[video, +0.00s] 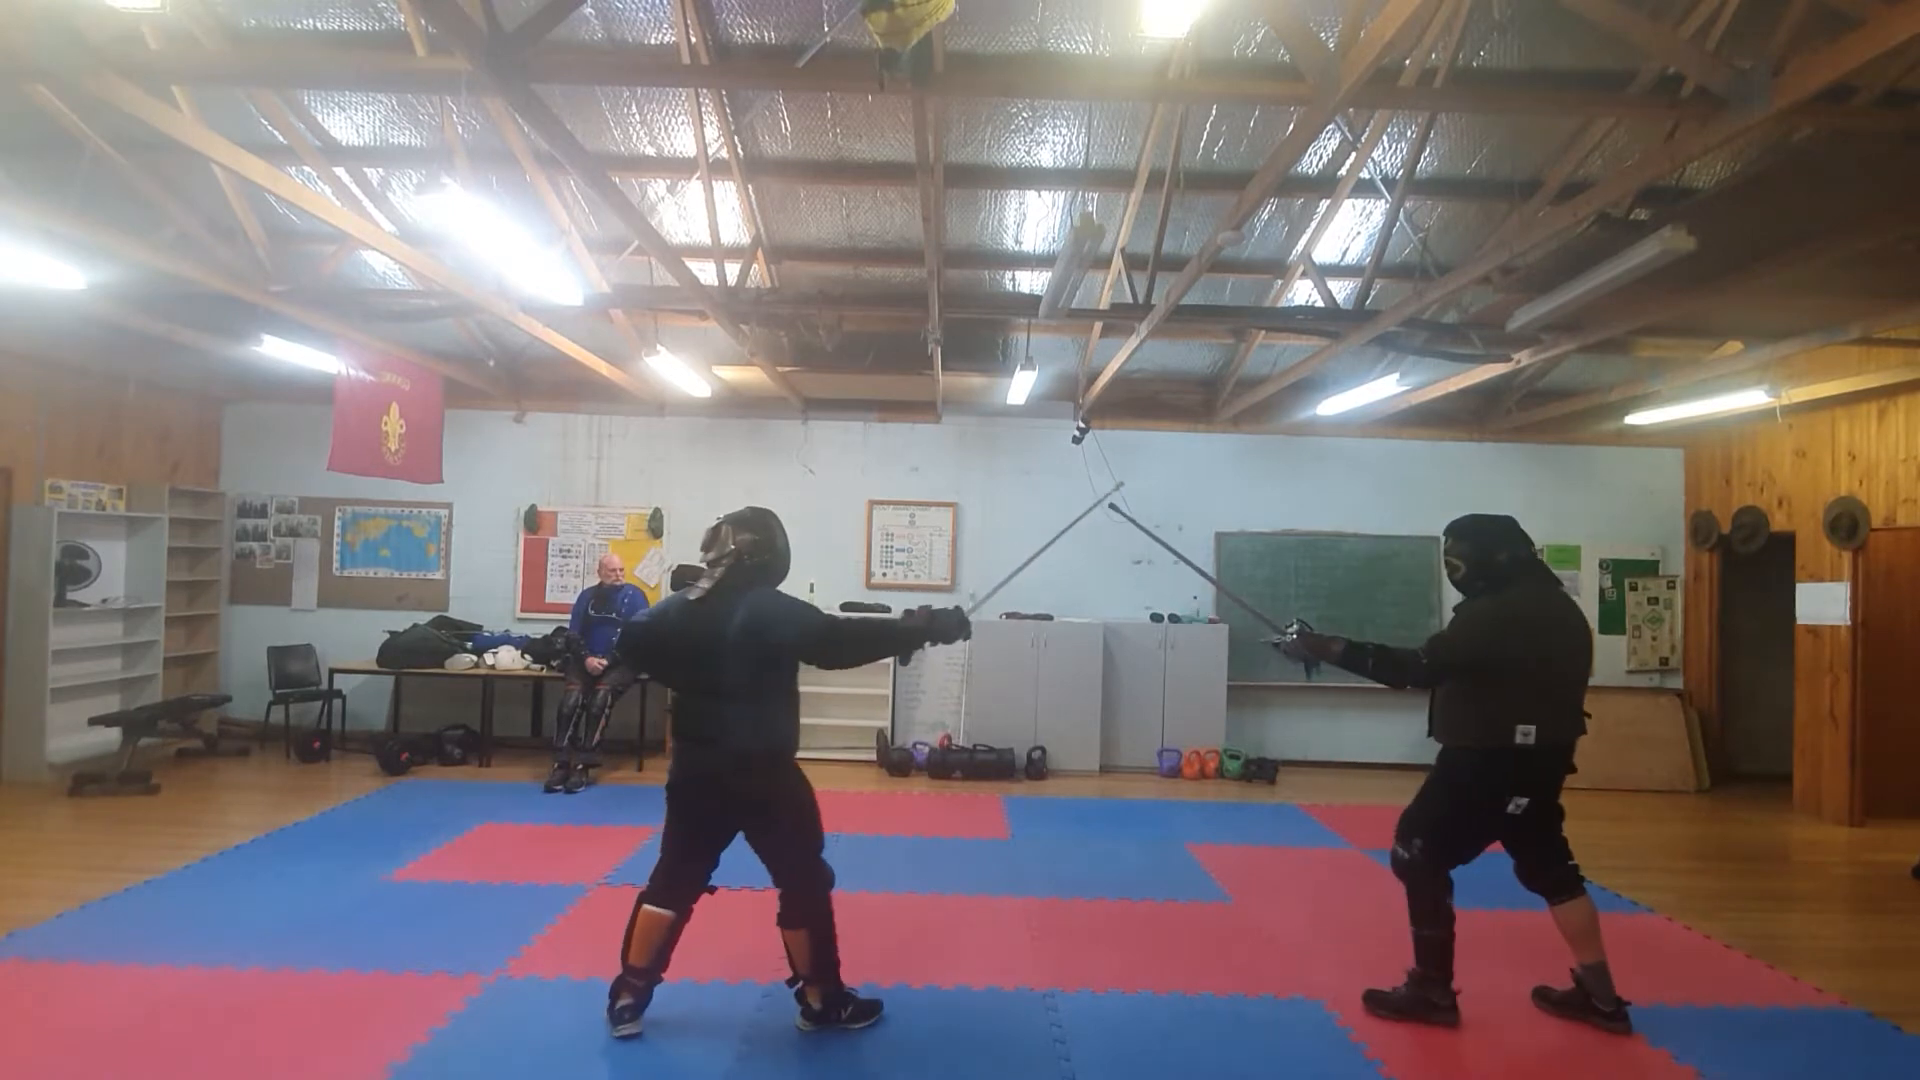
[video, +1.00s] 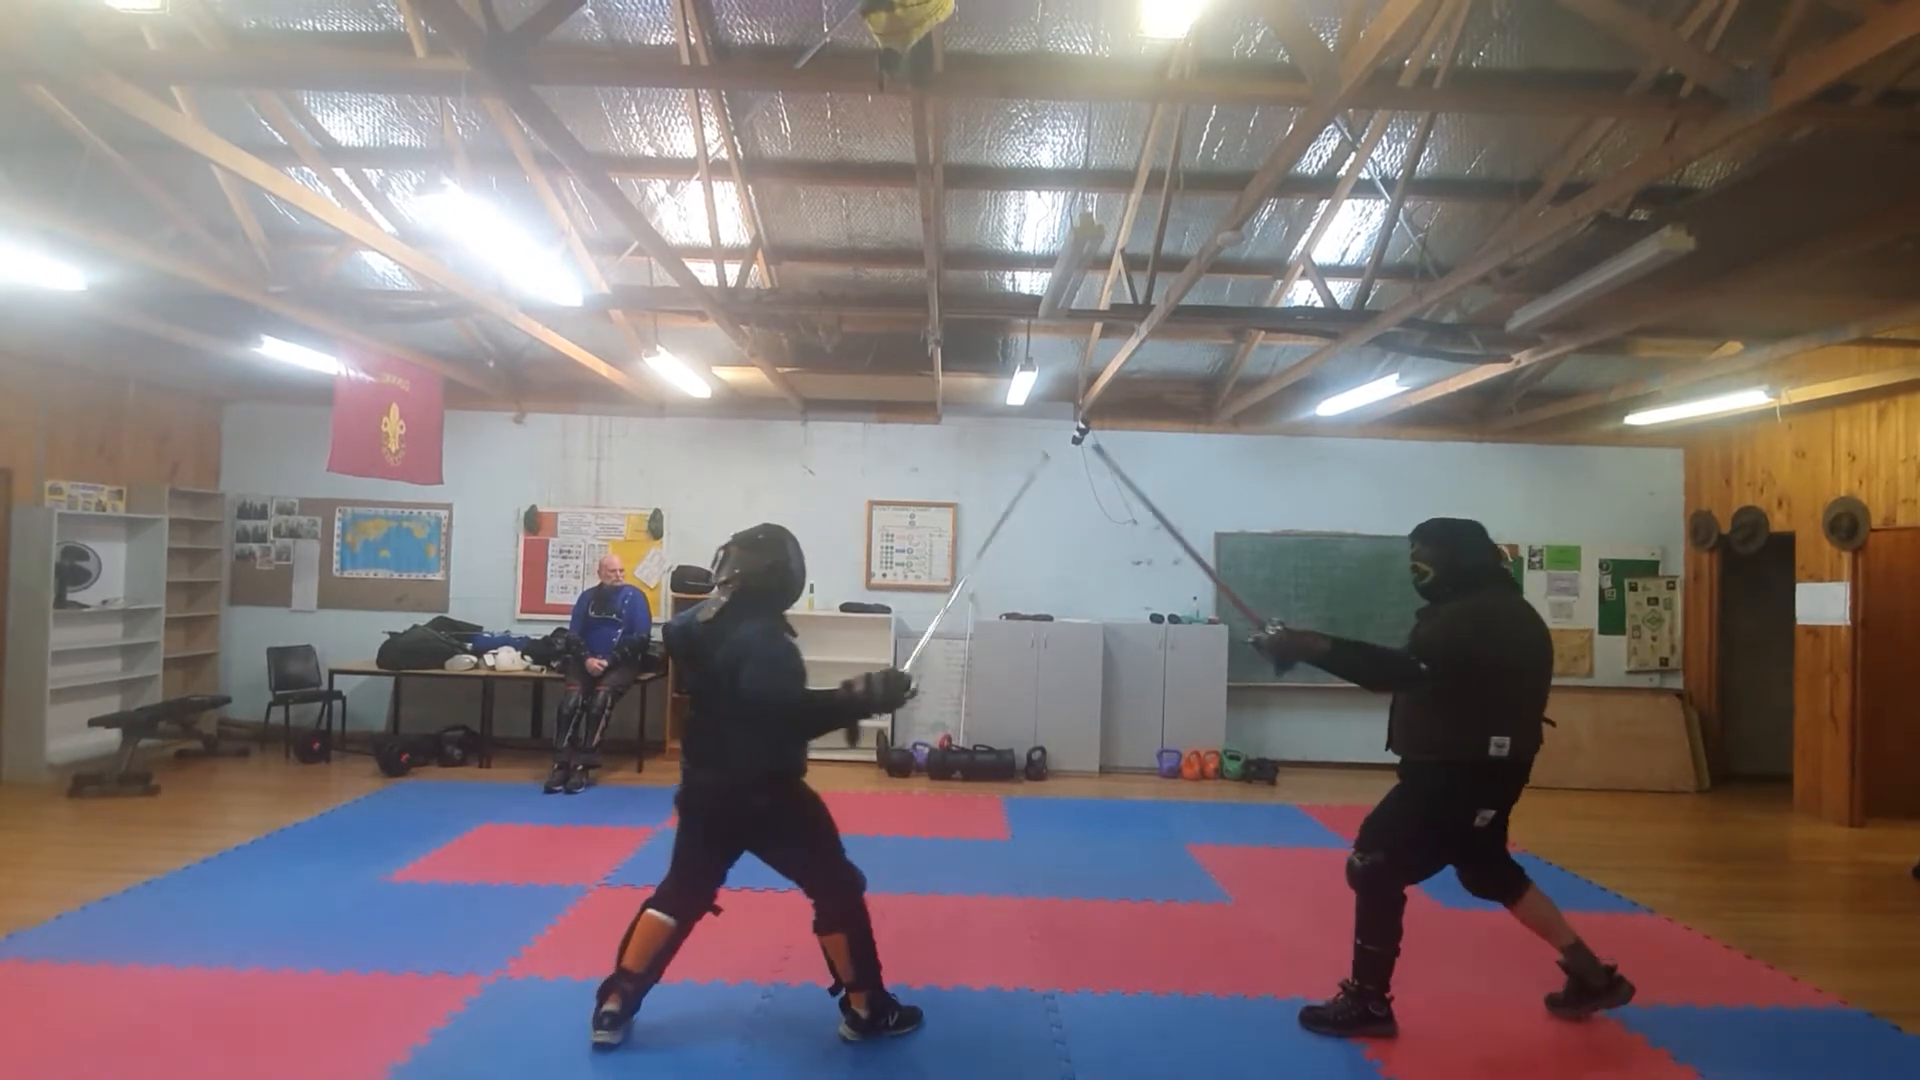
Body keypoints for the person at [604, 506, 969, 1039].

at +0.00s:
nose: (782, 566)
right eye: (779, 556)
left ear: (714, 555)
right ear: (772, 558)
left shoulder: (678, 615)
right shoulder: (779, 613)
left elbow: (632, 641)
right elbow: (840, 643)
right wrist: (922, 628)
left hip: (696, 781)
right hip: (770, 780)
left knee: (674, 878)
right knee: (804, 881)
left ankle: (628, 997)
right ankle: (821, 999)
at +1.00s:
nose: (795, 584)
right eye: (791, 574)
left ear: (730, 570)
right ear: (782, 577)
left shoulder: (700, 629)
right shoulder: (766, 640)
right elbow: (781, 714)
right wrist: (862, 698)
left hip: (706, 794)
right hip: (771, 797)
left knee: (680, 893)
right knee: (837, 889)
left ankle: (617, 1001)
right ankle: (866, 1007)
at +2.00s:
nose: (828, 572)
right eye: (826, 563)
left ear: (763, 557)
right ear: (818, 563)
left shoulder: (730, 617)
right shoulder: (810, 616)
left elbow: (690, 629)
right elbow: (861, 662)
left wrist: (735, 600)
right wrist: (954, 651)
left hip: (738, 784)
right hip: (807, 784)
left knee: (728, 885)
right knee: (852, 882)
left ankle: (682, 1010)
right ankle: (857, 1010)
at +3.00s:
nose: (774, 579)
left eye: (772, 569)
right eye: (771, 568)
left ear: (706, 558)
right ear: (759, 567)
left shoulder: (670, 619)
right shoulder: (747, 622)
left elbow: (633, 648)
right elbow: (790, 673)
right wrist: (878, 671)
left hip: (682, 788)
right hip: (749, 789)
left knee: (677, 886)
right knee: (805, 882)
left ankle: (628, 1007)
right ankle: (801, 1008)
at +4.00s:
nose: (780, 576)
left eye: (778, 566)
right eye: (778, 566)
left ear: (718, 558)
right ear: (767, 565)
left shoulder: (683, 618)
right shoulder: (756, 619)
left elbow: (633, 648)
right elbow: (803, 674)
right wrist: (892, 667)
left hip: (692, 790)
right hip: (760, 791)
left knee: (680, 889)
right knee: (815, 885)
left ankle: (628, 1010)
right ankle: (802, 1010)